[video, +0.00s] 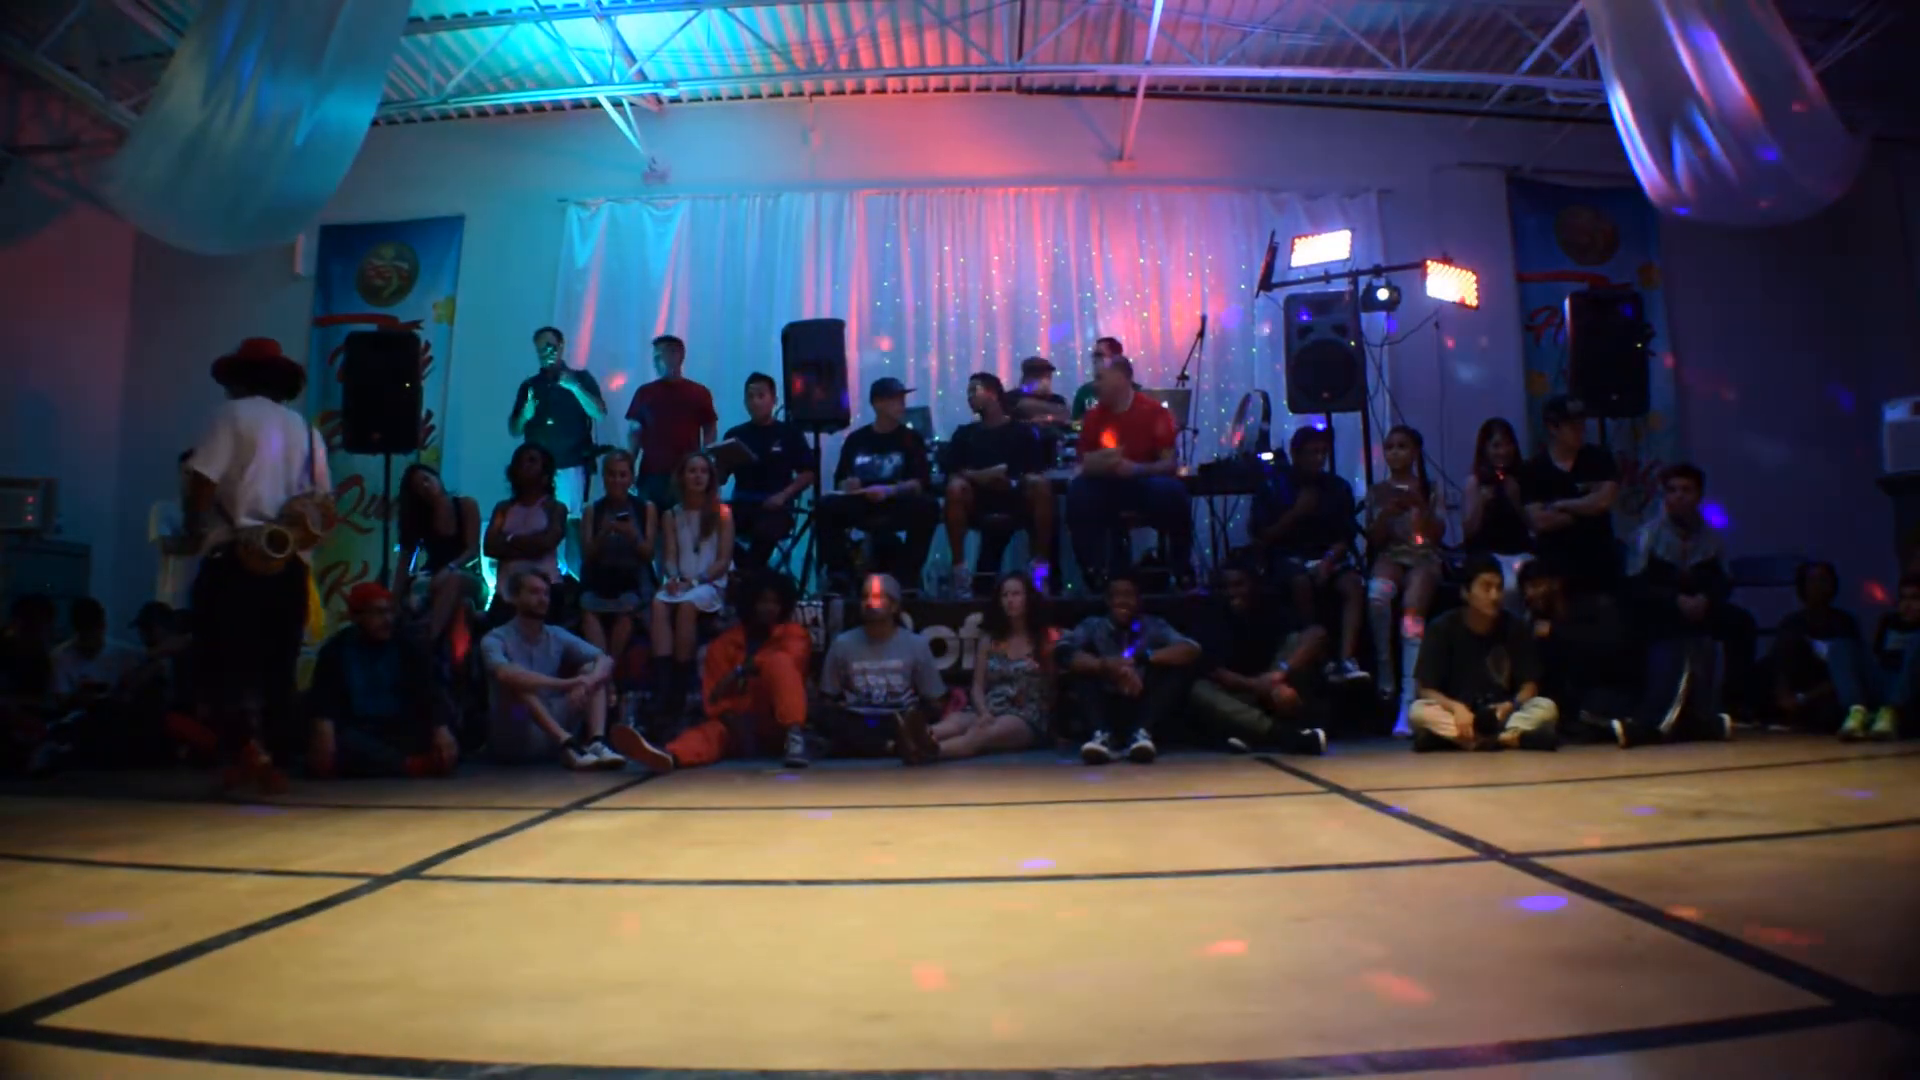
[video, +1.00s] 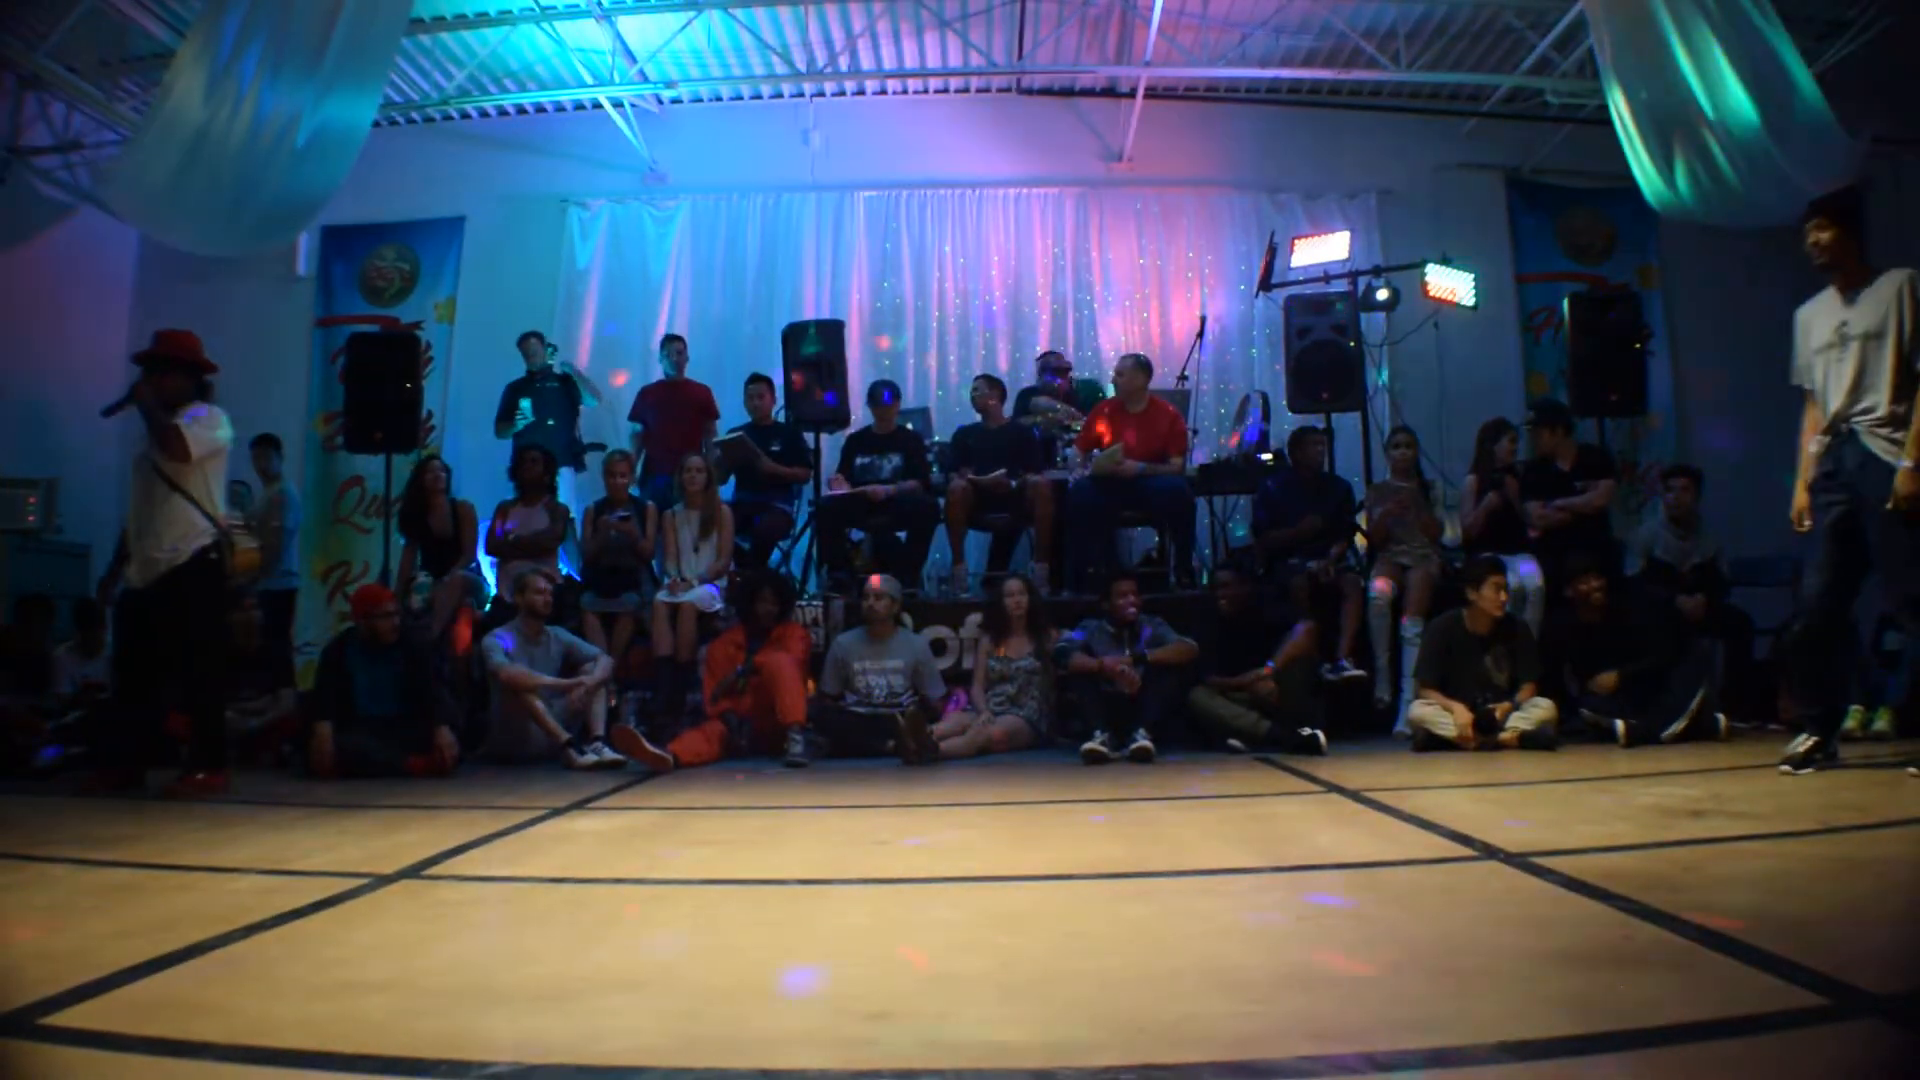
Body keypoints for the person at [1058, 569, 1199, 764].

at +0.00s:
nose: (1122, 601)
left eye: (1128, 595)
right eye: (1117, 595)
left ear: (1137, 600)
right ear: (1108, 600)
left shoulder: (1152, 627)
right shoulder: (1094, 627)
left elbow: (1191, 650)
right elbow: (1063, 652)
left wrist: (1143, 659)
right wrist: (1111, 668)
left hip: (1144, 700)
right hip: (1104, 700)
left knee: (1168, 669)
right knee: (1086, 672)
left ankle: (1143, 733)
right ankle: (1101, 734)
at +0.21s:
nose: (1119, 601)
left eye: (1125, 595)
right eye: (1113, 595)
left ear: (1136, 600)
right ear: (1106, 599)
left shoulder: (1152, 627)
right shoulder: (1093, 628)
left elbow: (1191, 649)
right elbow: (1063, 652)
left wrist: (1143, 658)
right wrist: (1109, 666)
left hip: (1144, 701)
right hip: (1105, 701)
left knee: (1167, 669)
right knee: (1086, 672)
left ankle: (1144, 734)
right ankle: (1101, 734)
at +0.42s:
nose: (1120, 603)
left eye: (1125, 596)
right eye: (1113, 597)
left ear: (1135, 599)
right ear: (1105, 602)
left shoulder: (1151, 627)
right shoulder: (1092, 628)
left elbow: (1191, 649)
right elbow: (1063, 652)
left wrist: (1143, 658)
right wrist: (1110, 666)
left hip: (1144, 701)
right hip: (1104, 701)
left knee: (1167, 669)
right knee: (1083, 674)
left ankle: (1142, 733)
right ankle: (1100, 733)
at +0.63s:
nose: (1128, 604)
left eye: (1132, 597)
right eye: (1120, 598)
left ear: (1138, 600)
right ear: (1107, 603)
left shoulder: (1151, 627)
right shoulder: (1091, 629)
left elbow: (1190, 650)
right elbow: (1062, 653)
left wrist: (1140, 659)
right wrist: (1111, 668)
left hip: (1143, 702)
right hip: (1104, 704)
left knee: (1166, 670)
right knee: (1083, 675)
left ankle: (1142, 733)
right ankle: (1100, 734)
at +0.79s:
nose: (1130, 603)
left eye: (1134, 596)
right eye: (1122, 598)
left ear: (1140, 600)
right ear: (1108, 603)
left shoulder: (1151, 627)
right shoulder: (1092, 629)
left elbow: (1188, 649)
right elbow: (1062, 653)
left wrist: (1139, 660)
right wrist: (1110, 668)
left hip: (1143, 701)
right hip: (1104, 702)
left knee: (1168, 670)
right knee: (1083, 674)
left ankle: (1143, 733)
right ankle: (1100, 734)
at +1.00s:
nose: (1131, 601)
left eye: (1134, 595)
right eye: (1123, 596)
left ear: (1140, 599)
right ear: (1108, 603)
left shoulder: (1151, 626)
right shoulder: (1092, 629)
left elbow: (1189, 649)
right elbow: (1062, 654)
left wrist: (1138, 658)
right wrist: (1107, 667)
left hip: (1144, 701)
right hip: (1104, 702)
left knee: (1165, 669)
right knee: (1083, 673)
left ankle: (1143, 733)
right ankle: (1100, 734)